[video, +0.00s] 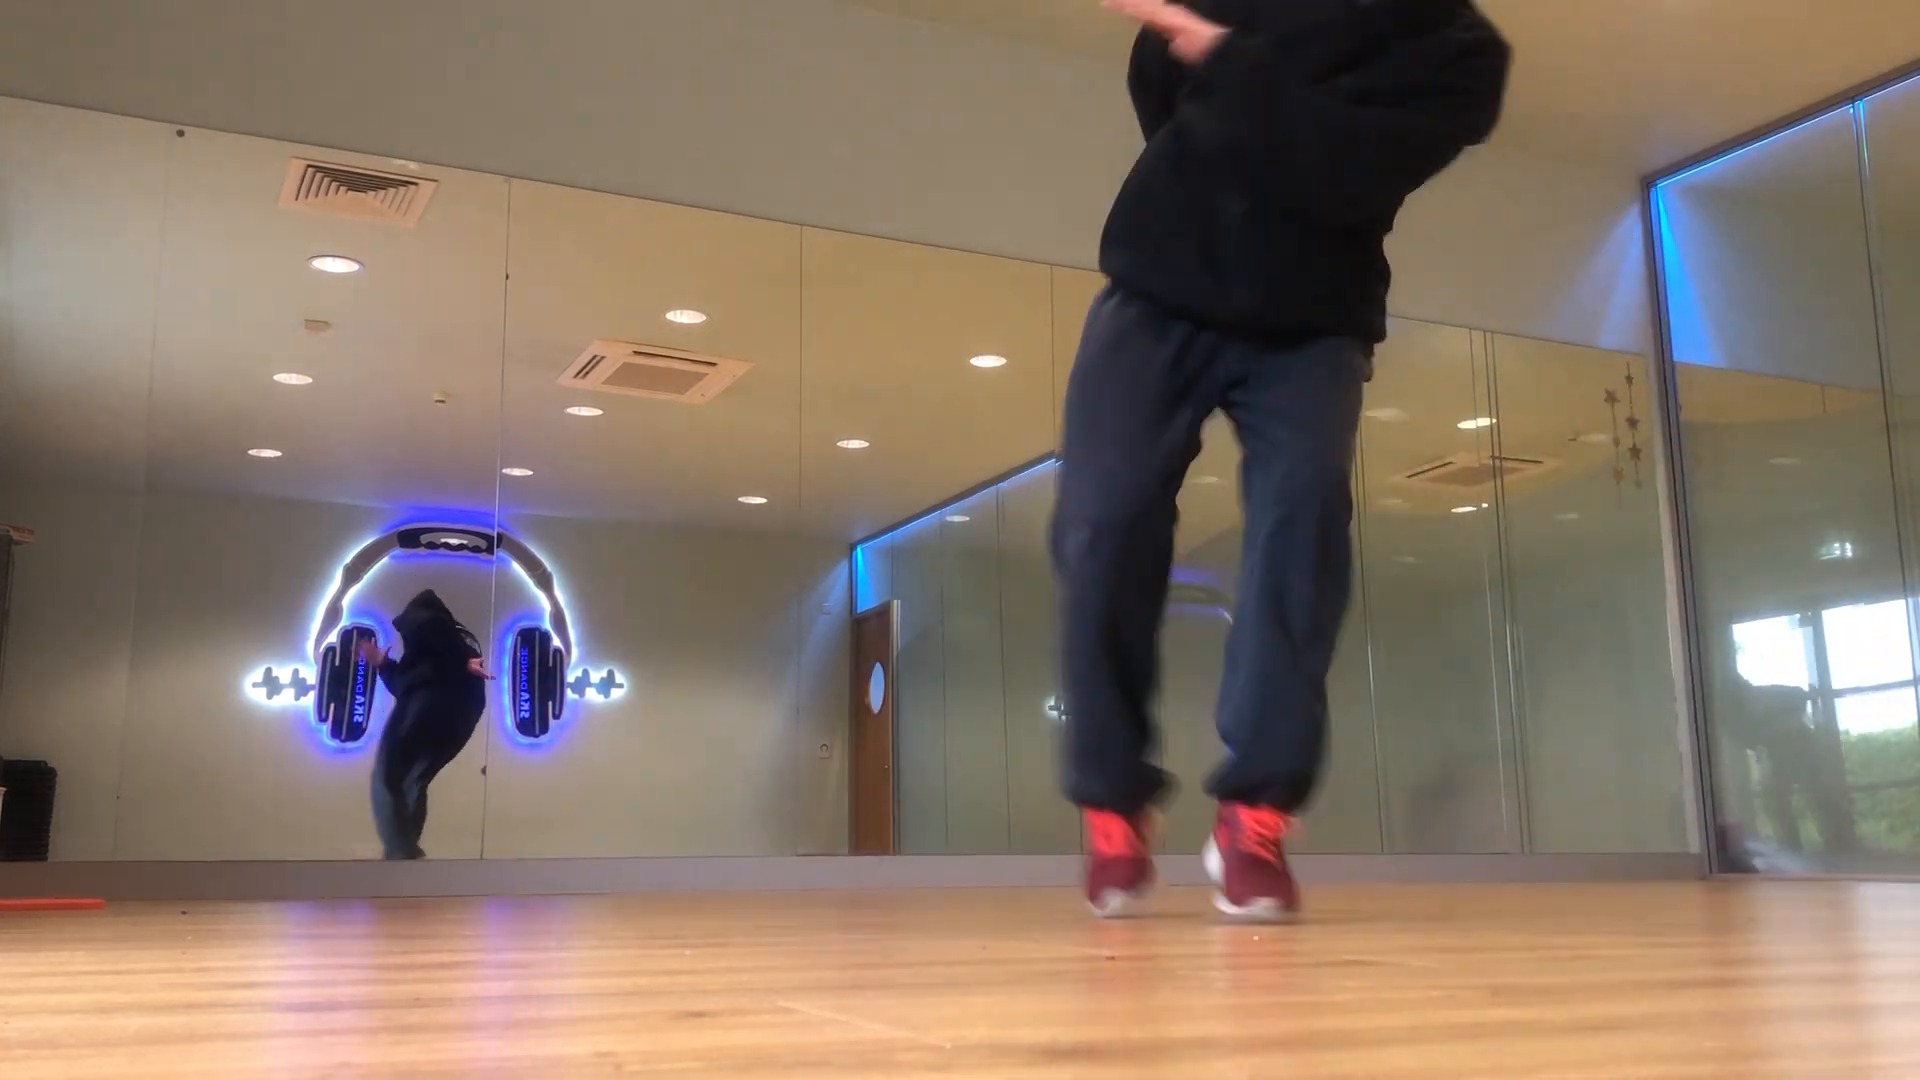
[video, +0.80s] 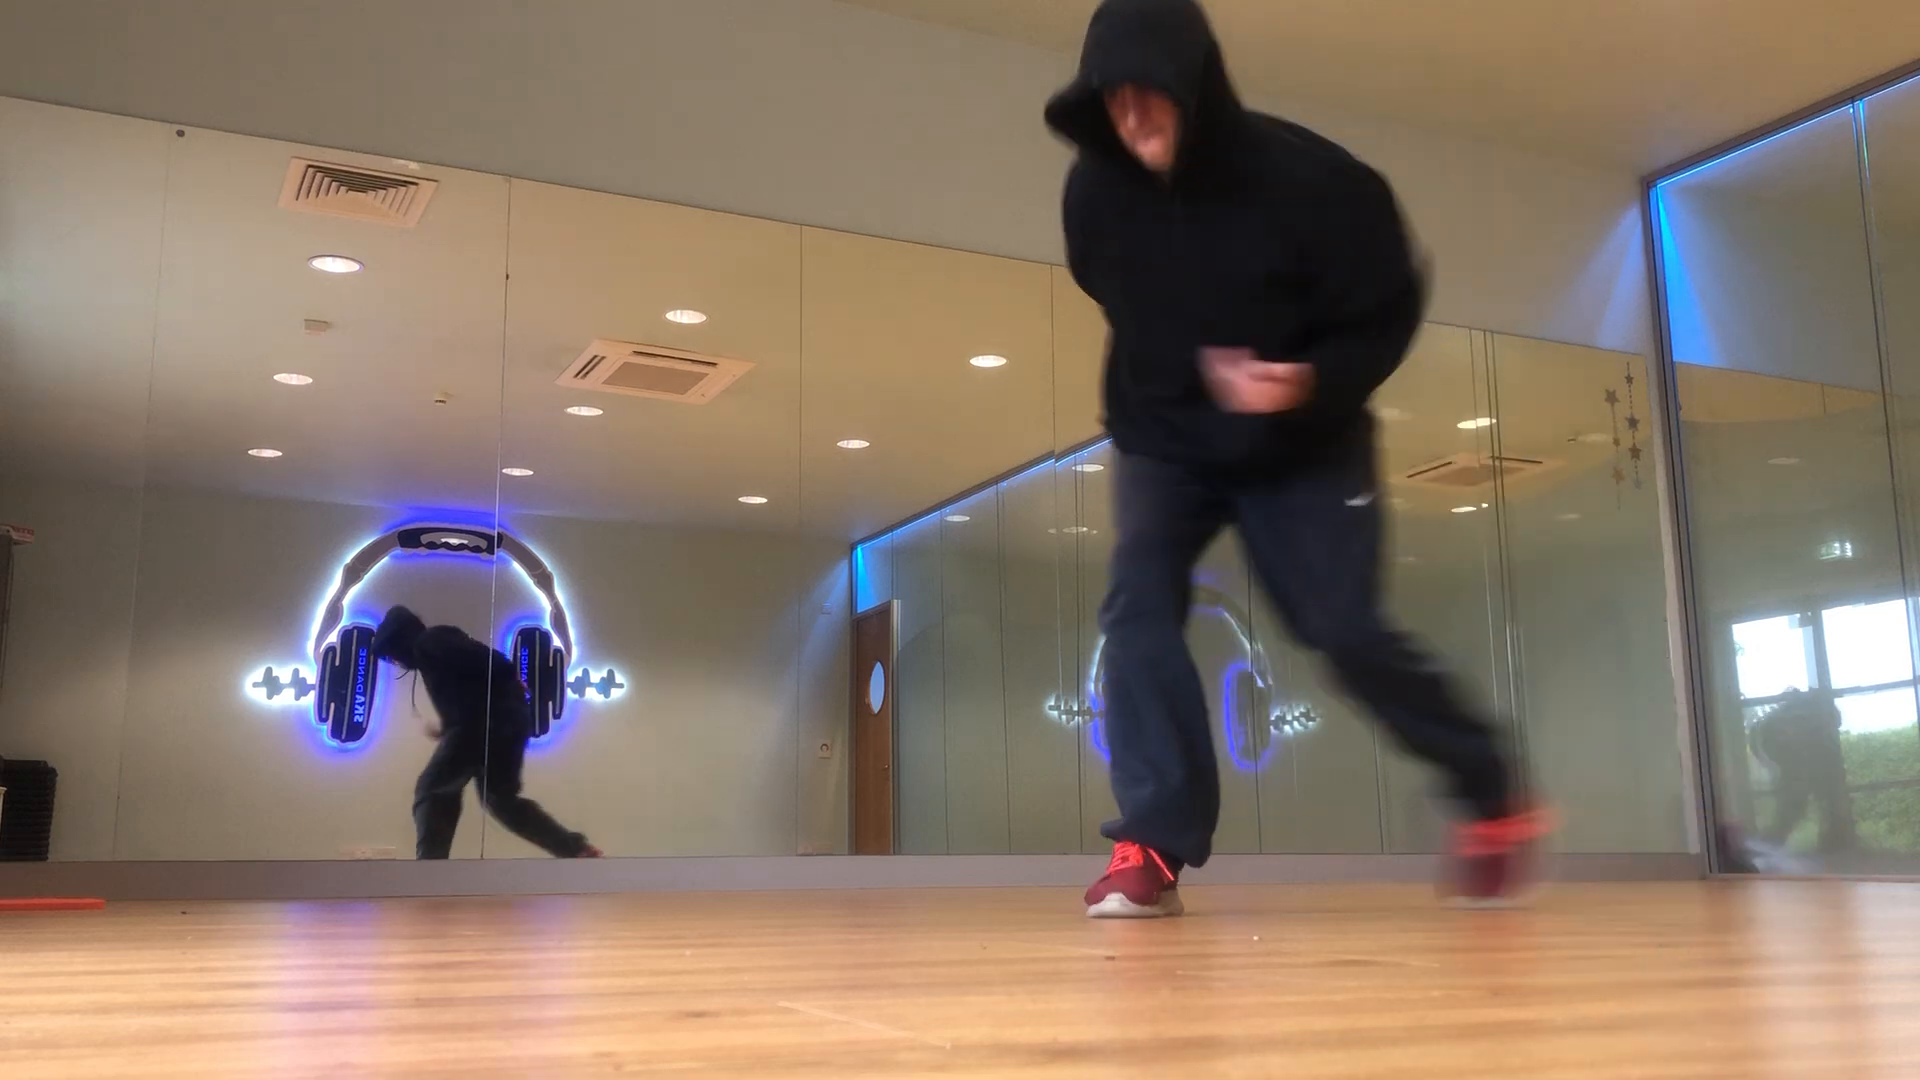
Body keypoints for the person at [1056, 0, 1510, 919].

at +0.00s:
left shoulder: (1458, 46)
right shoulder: (1229, 10)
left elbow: (1358, 163)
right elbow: (1171, 126)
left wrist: (1221, 49)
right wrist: (1166, 38)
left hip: (1312, 315)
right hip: (1161, 289)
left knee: (1302, 517)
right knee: (1101, 530)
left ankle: (1256, 813)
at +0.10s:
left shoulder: (1395, 70)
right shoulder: (1207, 52)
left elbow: (1257, 191)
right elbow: (1183, 178)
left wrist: (1134, 101)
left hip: (1328, 371)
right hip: (1187, 368)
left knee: (1303, 543)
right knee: (1144, 583)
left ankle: (1307, 740)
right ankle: (1154, 846)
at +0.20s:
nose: (1206, 3)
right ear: (1179, 18)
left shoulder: (1342, 73)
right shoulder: (1201, 106)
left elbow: (1214, 211)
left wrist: (1106, 196)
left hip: (1371, 406)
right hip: (1239, 409)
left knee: (1390, 640)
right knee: (1165, 609)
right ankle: (1161, 851)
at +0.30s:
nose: (1203, 24)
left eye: (1214, 1)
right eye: (1178, 18)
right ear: (1163, 42)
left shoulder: (1330, 59)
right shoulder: (1225, 128)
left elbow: (1230, 179)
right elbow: (1333, 233)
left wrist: (1120, 244)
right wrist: (1464, 290)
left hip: (1451, 410)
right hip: (1307, 425)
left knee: (1560, 621)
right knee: (1220, 622)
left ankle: (1710, 787)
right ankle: (1159, 856)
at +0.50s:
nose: (1224, 170)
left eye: (1231, 143)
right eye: (1200, 166)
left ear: (1265, 131)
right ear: (1189, 193)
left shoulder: (1331, 158)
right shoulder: (1259, 286)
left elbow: (1378, 186)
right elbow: (1356, 362)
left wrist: (1426, 213)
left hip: (1541, 457)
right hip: (1400, 488)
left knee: (1650, 651)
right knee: (1290, 640)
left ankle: (1809, 826)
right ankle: (1169, 845)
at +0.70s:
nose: (1142, 167)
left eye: (1154, 141)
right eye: (1120, 152)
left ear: (1196, 127)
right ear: (1104, 161)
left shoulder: (1312, 164)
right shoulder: (1133, 244)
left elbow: (1463, 144)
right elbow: (1220, 313)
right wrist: (1233, 387)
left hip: (1386, 435)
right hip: (1246, 454)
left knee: (1500, 628)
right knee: (1189, 614)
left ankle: (1702, 792)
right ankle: (1158, 845)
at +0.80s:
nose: (1133, 118)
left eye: (1150, 96)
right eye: (1116, 100)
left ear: (1195, 88)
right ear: (1101, 103)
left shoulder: (1311, 179)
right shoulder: (1099, 186)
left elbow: (1389, 306)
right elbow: (1113, 292)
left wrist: (1311, 378)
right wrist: (1196, 356)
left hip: (1302, 442)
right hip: (1166, 439)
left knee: (1342, 633)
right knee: (1137, 616)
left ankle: (1493, 788)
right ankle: (1154, 843)